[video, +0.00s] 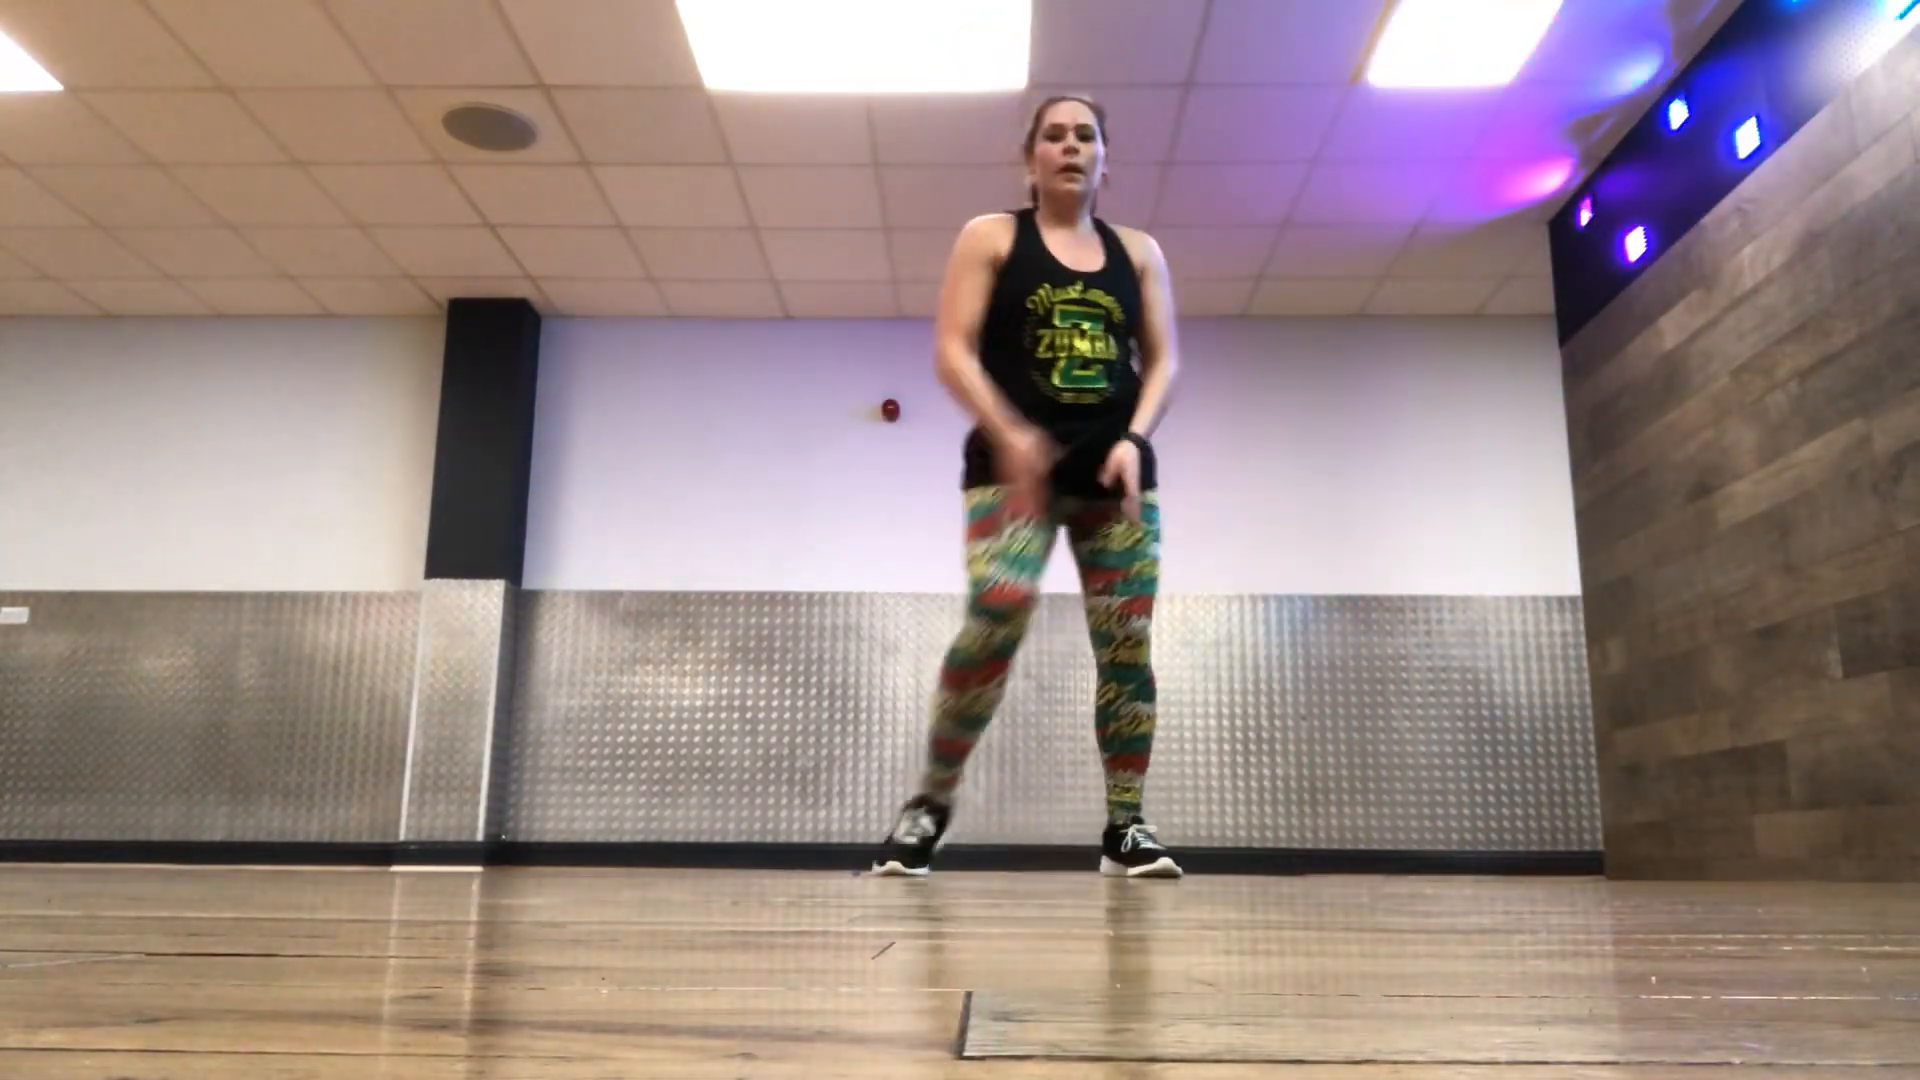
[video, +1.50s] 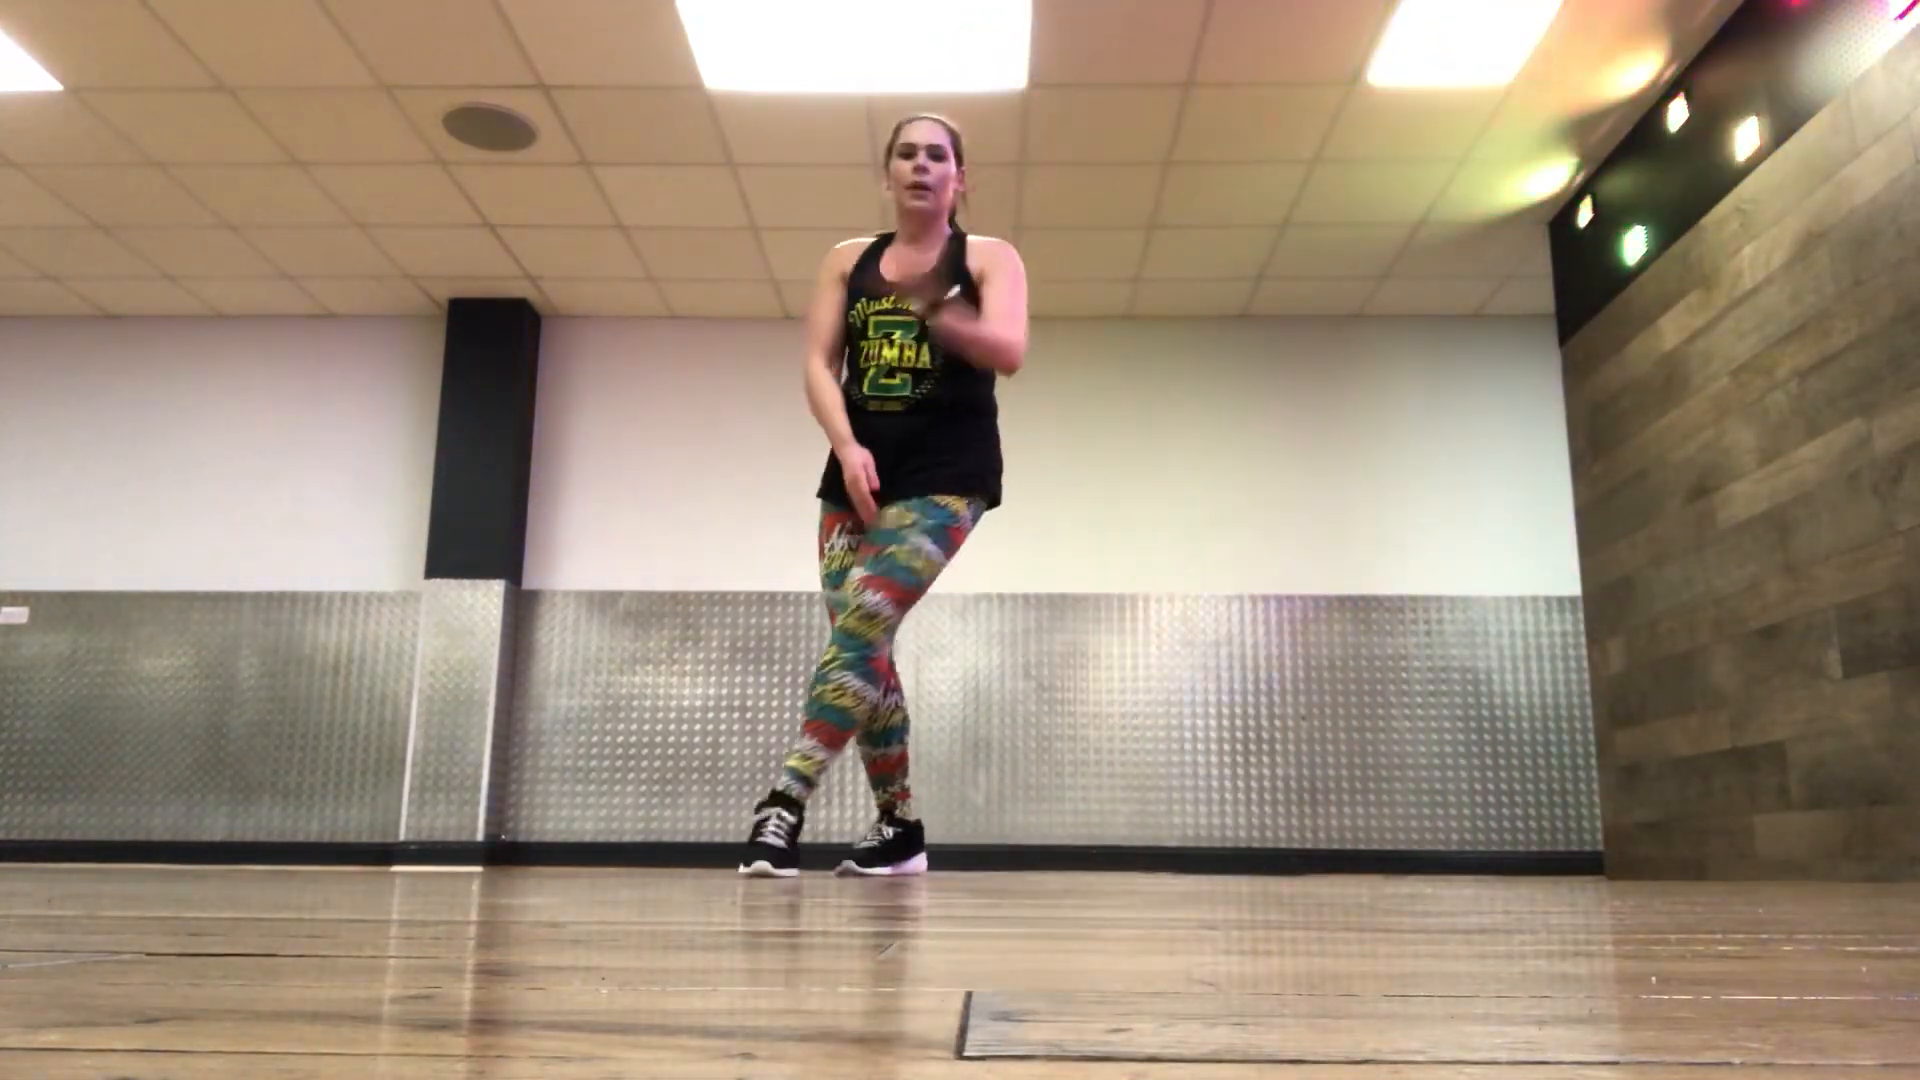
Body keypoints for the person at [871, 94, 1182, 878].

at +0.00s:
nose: (1071, 146)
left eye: (1084, 136)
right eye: (1055, 135)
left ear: (1103, 157)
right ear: (1029, 155)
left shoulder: (1137, 252)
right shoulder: (991, 237)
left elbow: (1161, 358)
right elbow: (952, 352)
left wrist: (1134, 437)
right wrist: (1010, 434)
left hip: (1113, 469)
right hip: (1015, 464)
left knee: (1126, 642)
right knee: (997, 620)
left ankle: (1126, 825)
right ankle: (930, 806)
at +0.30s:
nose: (1098, 157)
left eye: (1111, 147)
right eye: (1083, 147)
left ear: (1130, 168)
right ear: (1056, 167)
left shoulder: (1163, 254)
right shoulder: (1023, 240)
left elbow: (1185, 350)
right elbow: (1071, 336)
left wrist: (1118, 384)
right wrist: (1179, 398)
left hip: (1147, 480)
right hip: (1051, 478)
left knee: (1147, 641)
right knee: (1125, 609)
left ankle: (1124, 828)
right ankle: (1211, 784)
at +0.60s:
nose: (1076, 163)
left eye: (1090, 152)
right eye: (1062, 153)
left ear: (1115, 170)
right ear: (1042, 170)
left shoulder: (1155, 256)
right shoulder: (1006, 246)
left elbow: (1191, 360)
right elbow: (984, 353)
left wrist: (1180, 446)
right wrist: (1061, 406)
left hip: (1138, 486)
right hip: (1037, 481)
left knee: (1147, 642)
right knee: (1063, 605)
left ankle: (1126, 820)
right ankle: (1128, 777)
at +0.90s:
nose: (1002, 155)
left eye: (1017, 144)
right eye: (989, 144)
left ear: (1043, 163)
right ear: (971, 162)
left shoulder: (1085, 251)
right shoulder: (930, 251)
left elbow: (1124, 355)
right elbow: (902, 358)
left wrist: (1096, 457)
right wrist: (904, 459)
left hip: (1058, 482)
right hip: (952, 485)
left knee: (1086, 644)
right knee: (915, 640)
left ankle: (1119, 825)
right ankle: (896, 823)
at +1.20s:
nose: (938, 161)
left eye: (953, 151)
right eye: (925, 150)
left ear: (977, 175)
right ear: (904, 171)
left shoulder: (1005, 254)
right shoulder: (867, 256)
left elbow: (972, 348)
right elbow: (836, 366)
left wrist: (853, 361)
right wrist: (848, 458)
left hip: (972, 460)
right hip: (882, 468)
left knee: (953, 577)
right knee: (865, 636)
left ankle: (1011, 775)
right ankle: (896, 825)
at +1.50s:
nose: (921, 165)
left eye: (937, 155)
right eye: (908, 154)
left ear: (960, 179)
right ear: (886, 175)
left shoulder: (990, 258)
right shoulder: (849, 259)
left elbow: (1008, 348)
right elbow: (818, 363)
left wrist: (937, 314)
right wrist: (846, 446)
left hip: (945, 479)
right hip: (856, 474)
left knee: (863, 618)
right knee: (861, 637)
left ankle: (786, 803)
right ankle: (899, 826)